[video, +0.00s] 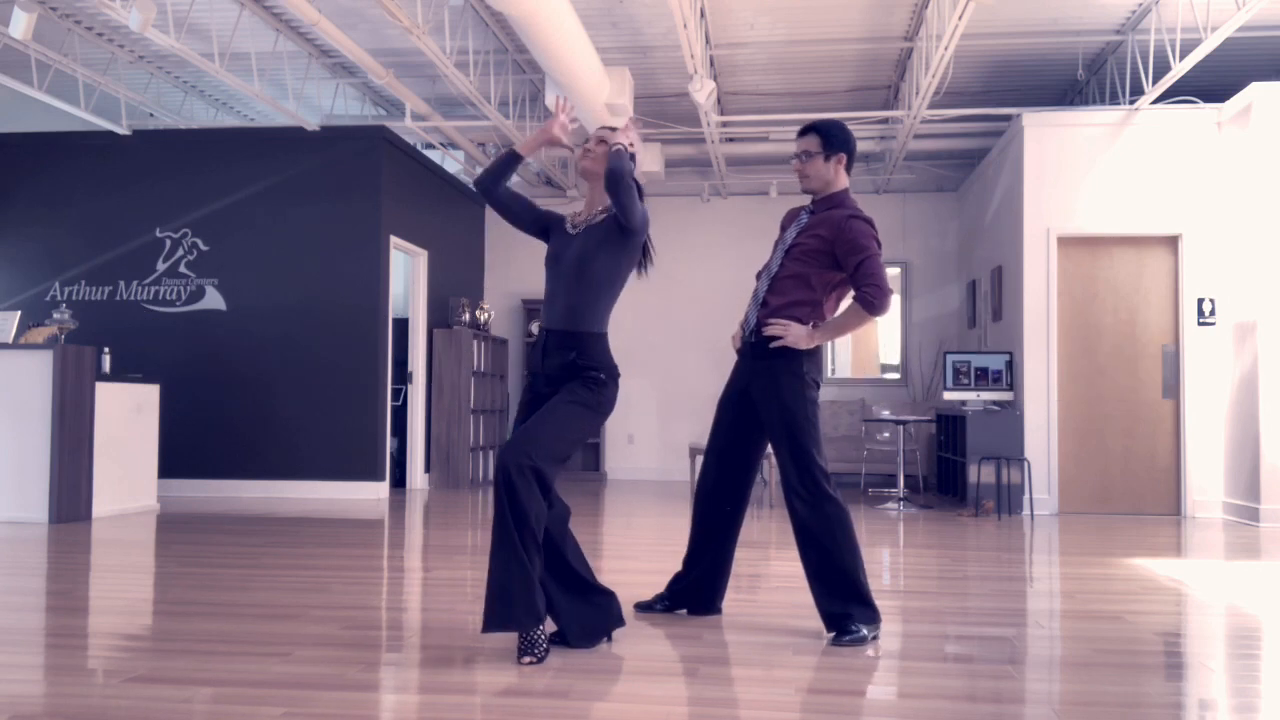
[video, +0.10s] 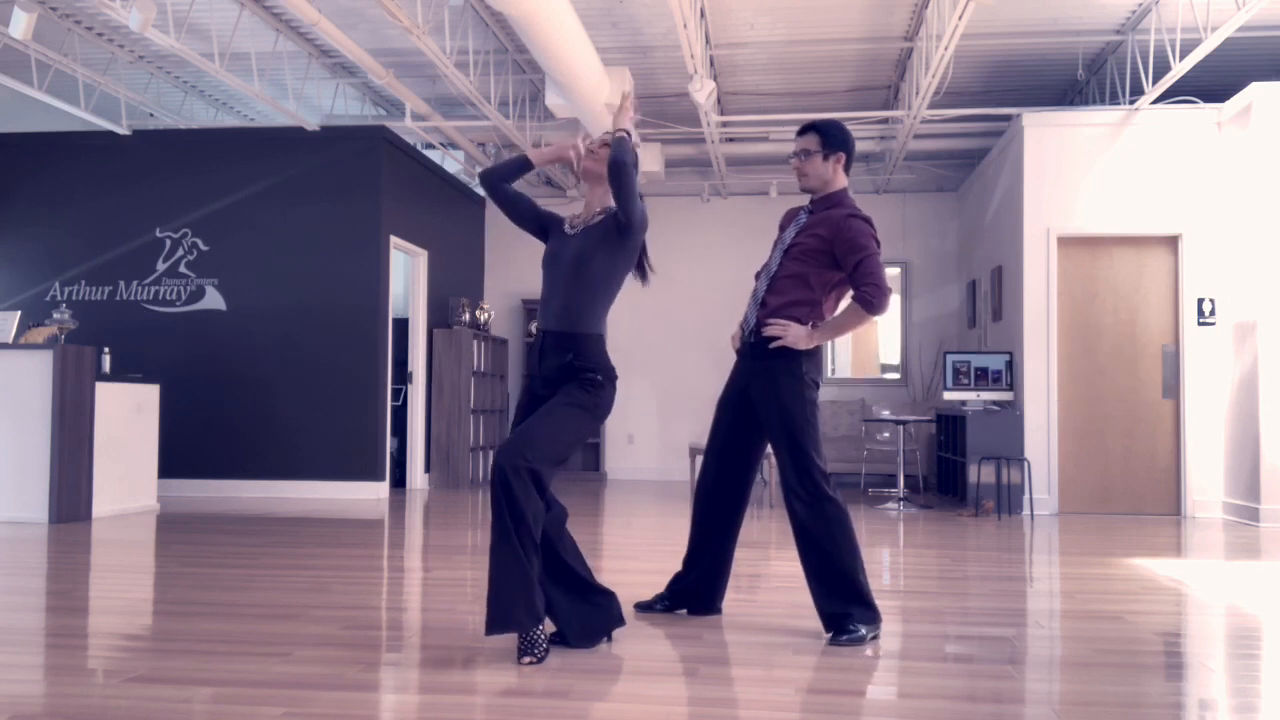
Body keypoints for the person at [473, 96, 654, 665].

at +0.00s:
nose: (589, 149)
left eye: (603, 146)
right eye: (589, 143)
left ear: (622, 166)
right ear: (579, 155)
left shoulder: (627, 226)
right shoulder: (557, 226)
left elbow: (624, 192)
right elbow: (488, 187)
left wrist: (621, 150)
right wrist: (541, 138)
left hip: (588, 376)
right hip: (544, 372)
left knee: (516, 462)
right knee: (530, 490)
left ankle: (532, 617)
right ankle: (587, 608)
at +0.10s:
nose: (590, 146)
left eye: (603, 146)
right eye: (590, 141)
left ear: (621, 167)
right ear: (581, 162)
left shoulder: (624, 227)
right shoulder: (557, 228)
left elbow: (623, 165)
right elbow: (492, 180)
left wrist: (624, 131)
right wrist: (548, 154)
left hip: (585, 376)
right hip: (542, 372)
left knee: (512, 463)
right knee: (528, 493)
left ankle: (532, 618)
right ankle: (588, 609)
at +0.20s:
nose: (589, 156)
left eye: (601, 152)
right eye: (588, 149)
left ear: (619, 173)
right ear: (580, 166)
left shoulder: (625, 228)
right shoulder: (559, 228)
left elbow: (625, 160)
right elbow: (495, 180)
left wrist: (611, 143)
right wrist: (548, 143)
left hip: (582, 380)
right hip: (539, 376)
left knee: (508, 466)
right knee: (524, 491)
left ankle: (531, 617)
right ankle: (586, 609)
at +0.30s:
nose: (586, 154)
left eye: (599, 150)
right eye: (585, 148)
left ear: (618, 168)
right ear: (579, 171)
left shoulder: (627, 231)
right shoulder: (559, 233)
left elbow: (617, 156)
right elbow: (494, 183)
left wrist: (635, 158)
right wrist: (555, 160)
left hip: (580, 382)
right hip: (535, 376)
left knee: (506, 466)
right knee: (521, 494)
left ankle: (531, 618)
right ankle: (586, 611)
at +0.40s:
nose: (586, 170)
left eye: (598, 165)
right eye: (587, 164)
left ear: (617, 183)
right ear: (582, 183)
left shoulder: (628, 232)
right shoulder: (561, 239)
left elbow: (615, 163)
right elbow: (493, 195)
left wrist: (635, 147)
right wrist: (555, 172)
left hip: (577, 386)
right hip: (532, 381)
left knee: (501, 467)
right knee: (517, 494)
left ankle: (528, 617)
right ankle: (586, 610)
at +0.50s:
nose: (596, 170)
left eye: (610, 166)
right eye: (593, 163)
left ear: (632, 187)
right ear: (583, 176)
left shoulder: (633, 236)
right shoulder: (560, 242)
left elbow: (602, 199)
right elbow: (481, 222)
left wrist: (628, 177)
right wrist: (531, 179)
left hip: (576, 388)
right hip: (531, 381)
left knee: (499, 469)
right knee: (517, 496)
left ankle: (529, 618)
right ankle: (586, 611)